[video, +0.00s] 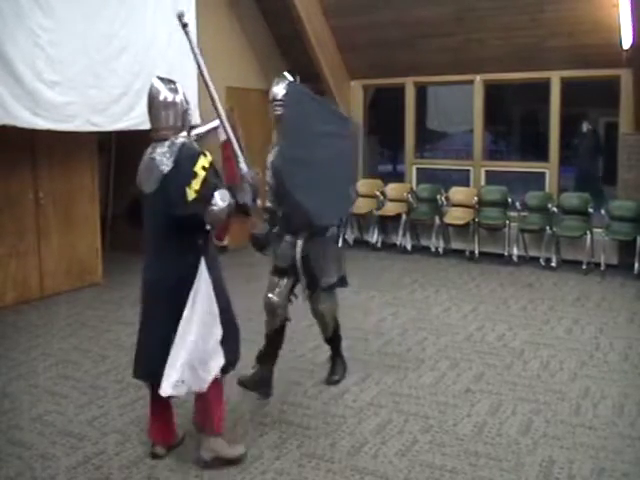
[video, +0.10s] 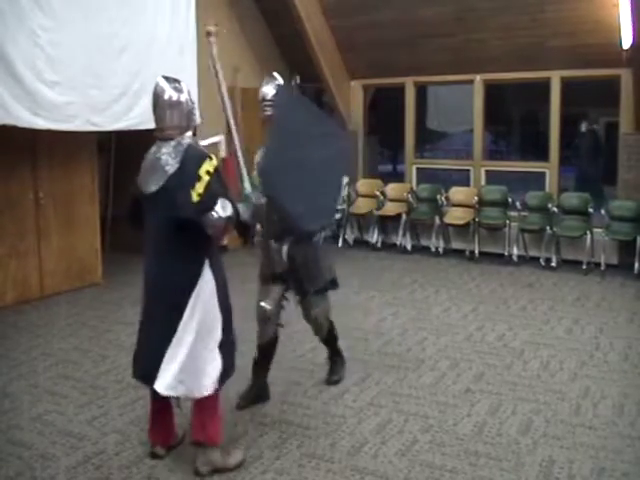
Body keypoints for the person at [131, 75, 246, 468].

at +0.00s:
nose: (189, 114)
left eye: (183, 109)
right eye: (186, 109)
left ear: (152, 117)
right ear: (184, 114)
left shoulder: (150, 157)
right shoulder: (190, 156)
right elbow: (217, 211)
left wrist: (203, 138)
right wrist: (227, 196)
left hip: (159, 267)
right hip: (194, 267)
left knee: (160, 348)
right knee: (210, 344)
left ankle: (162, 435)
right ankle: (212, 438)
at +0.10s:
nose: (194, 116)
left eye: (189, 111)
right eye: (191, 111)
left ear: (156, 117)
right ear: (189, 114)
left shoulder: (151, 159)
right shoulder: (195, 159)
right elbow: (216, 221)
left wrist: (201, 152)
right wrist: (229, 206)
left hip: (161, 269)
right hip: (197, 271)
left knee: (163, 347)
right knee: (209, 349)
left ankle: (161, 436)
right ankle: (209, 447)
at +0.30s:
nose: (201, 118)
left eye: (190, 114)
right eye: (203, 112)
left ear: (169, 117)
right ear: (205, 117)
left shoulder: (158, 160)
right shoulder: (209, 161)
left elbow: (146, 214)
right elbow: (223, 224)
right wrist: (246, 222)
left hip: (168, 269)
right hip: (203, 273)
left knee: (172, 348)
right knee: (208, 354)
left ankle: (163, 435)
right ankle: (209, 449)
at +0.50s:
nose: (218, 119)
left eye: (213, 113)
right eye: (218, 113)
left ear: (183, 116)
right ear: (218, 118)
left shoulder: (168, 160)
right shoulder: (221, 162)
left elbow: (154, 216)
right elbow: (234, 225)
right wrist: (257, 240)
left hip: (177, 269)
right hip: (213, 274)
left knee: (188, 348)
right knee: (214, 354)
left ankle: (177, 427)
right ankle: (208, 448)